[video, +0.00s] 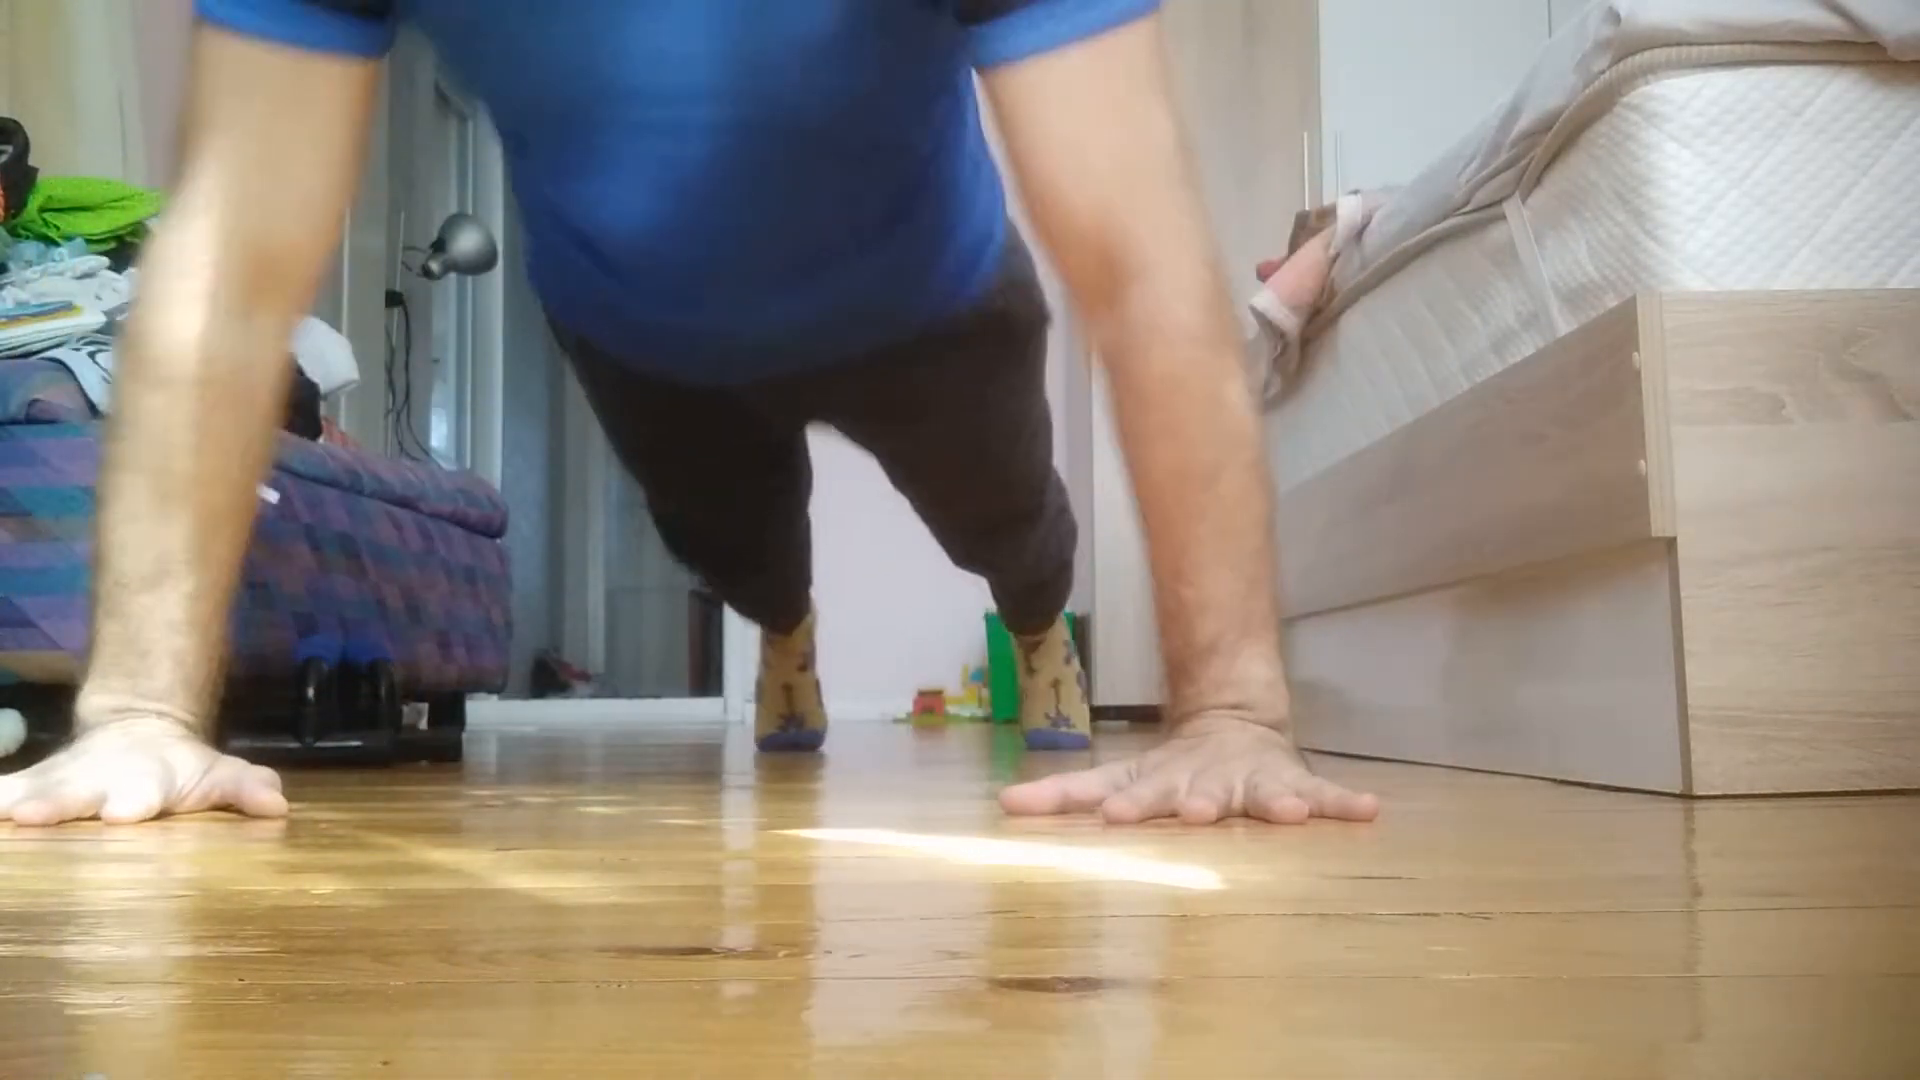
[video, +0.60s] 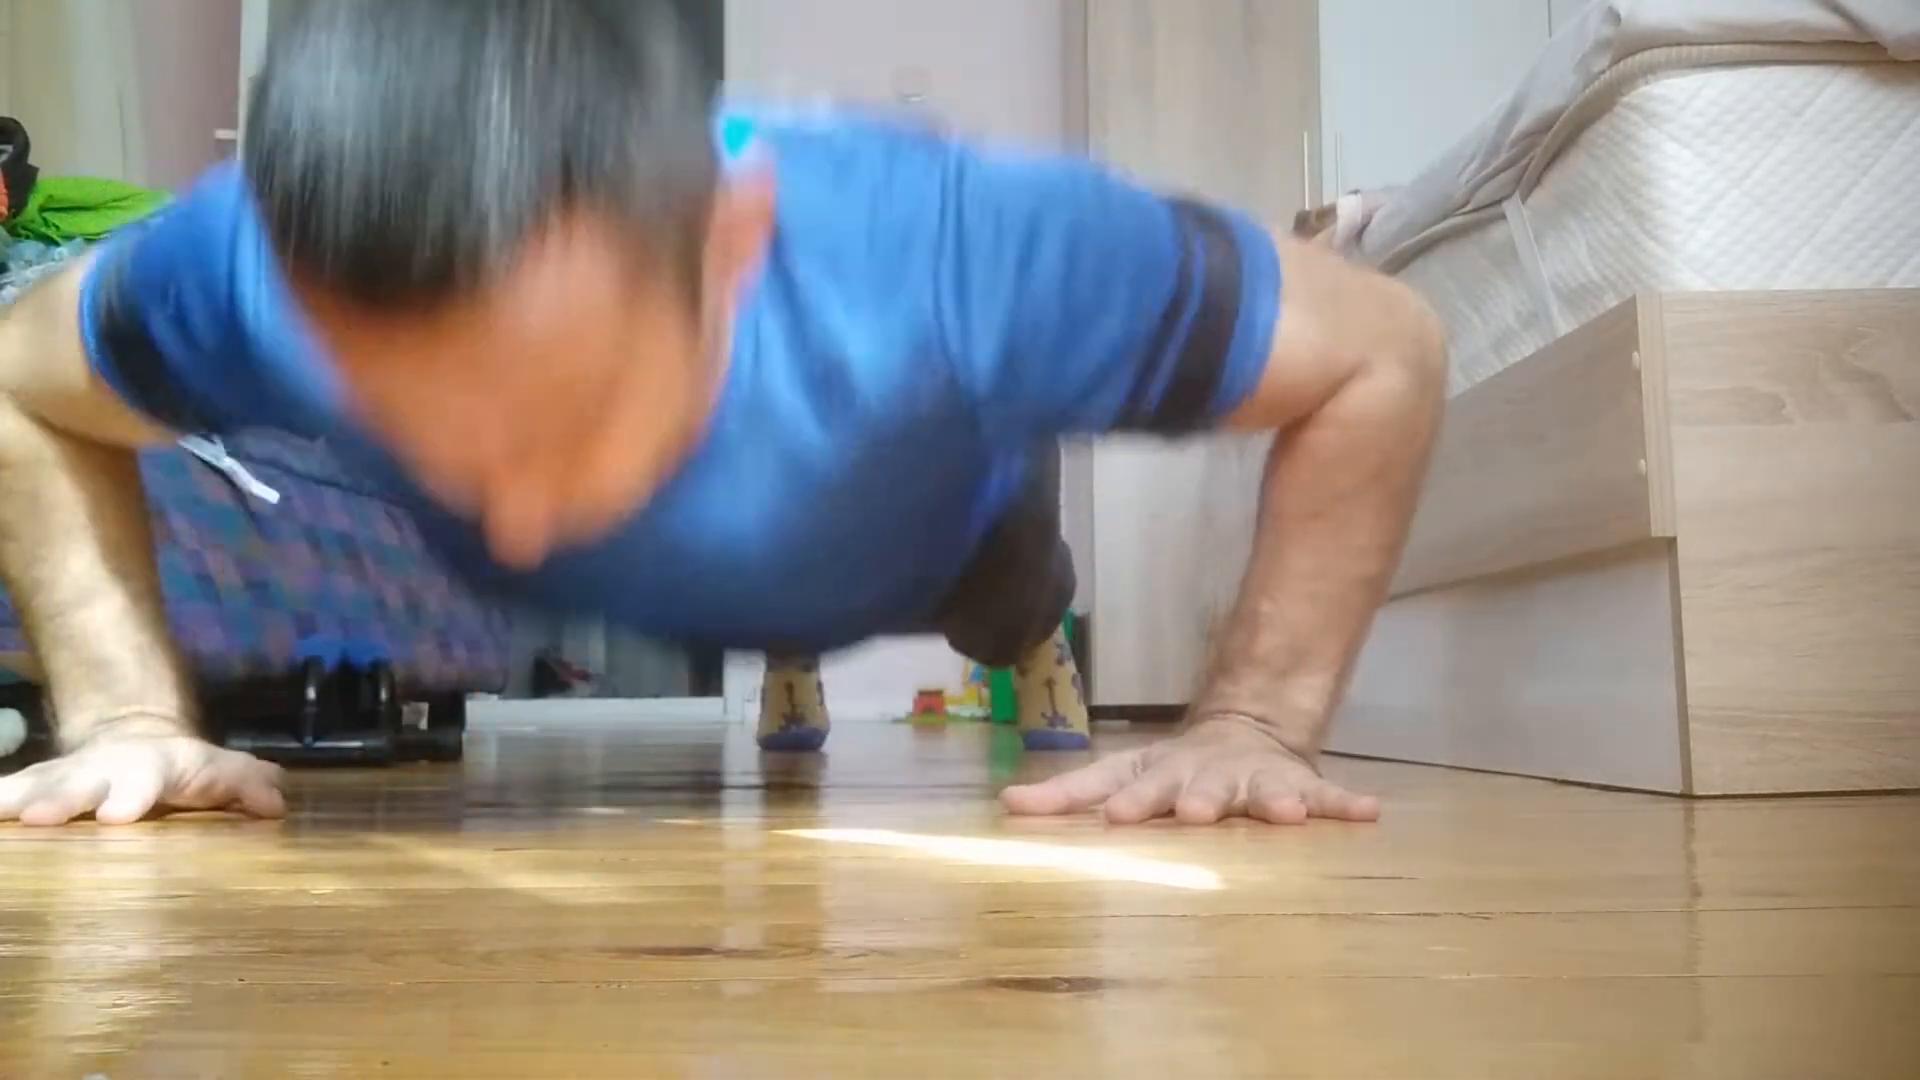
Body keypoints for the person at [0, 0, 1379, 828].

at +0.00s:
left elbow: (1146, 264)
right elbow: (230, 265)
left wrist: (1237, 704)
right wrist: (143, 709)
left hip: (918, 301)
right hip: (643, 335)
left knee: (1006, 528)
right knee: (744, 553)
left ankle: (1018, 615)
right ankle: (784, 624)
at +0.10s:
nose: (568, 14)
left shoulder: (978, 13)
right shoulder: (308, 13)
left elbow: (1264, 289)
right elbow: (124, 319)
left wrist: (1247, 720)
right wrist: (134, 718)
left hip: (923, 401)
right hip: (651, 443)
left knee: (1005, 565)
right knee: (747, 587)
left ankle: (1020, 614)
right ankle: (782, 637)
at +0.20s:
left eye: (567, 220)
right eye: (449, 250)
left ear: (704, 56)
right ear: (337, 134)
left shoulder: (930, 112)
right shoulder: (254, 146)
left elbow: (1334, 342)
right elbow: (69, 391)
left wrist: (1246, 718)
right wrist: (134, 716)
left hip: (941, 542)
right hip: (670, 591)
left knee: (1008, 634)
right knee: (753, 648)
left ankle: (1016, 654)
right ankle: (777, 670)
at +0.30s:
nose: (496, 659)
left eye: (551, 575)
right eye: (416, 600)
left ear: (708, 344)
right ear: (289, 440)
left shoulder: (937, 343)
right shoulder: (231, 341)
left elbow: (1333, 351)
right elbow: (59, 390)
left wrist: (1245, 717)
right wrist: (133, 719)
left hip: (957, 665)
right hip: (627, 709)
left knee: (1022, 671)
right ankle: (763, 744)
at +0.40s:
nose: (492, 816)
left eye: (555, 734)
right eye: (402, 759)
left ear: (715, 516)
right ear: (263, 565)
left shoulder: (936, 466)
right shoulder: (237, 413)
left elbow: (1331, 345)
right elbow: (38, 363)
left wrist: (1245, 720)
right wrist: (126, 721)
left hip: (859, 687)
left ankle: (1300, 269)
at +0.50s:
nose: (505, 738)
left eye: (563, 645)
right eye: (418, 673)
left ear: (722, 441)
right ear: (298, 518)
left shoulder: (943, 412)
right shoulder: (240, 379)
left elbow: (1372, 351)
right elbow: (30, 375)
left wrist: (1254, 723)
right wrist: (125, 718)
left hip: (890, 644)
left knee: (1010, 640)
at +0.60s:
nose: (506, 506)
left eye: (565, 426)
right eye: (436, 448)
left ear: (728, 243)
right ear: (327, 315)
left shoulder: (958, 271)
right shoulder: (264, 278)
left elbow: (1383, 352)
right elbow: (32, 384)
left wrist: (1260, 717)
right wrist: (132, 712)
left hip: (949, 553)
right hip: (682, 582)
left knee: (1006, 618)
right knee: (783, 630)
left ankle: (1023, 641)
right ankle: (798, 662)